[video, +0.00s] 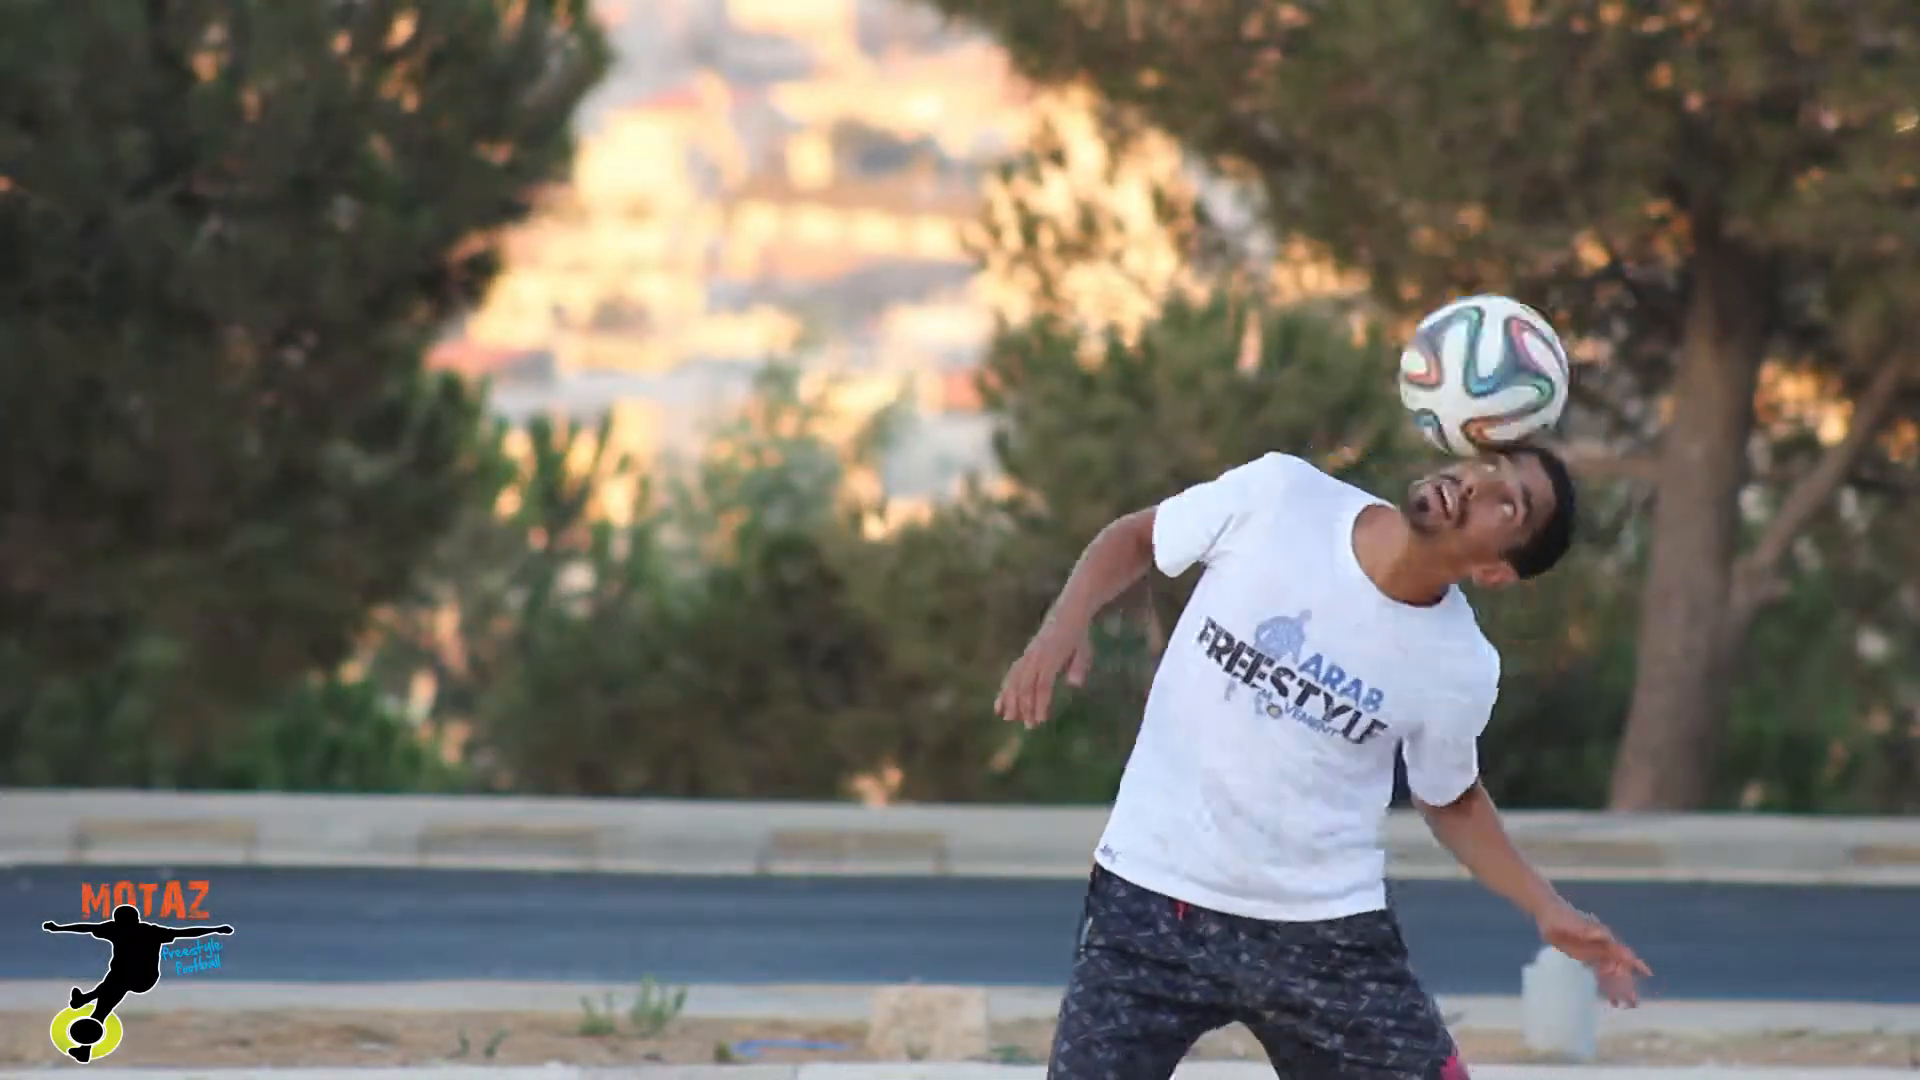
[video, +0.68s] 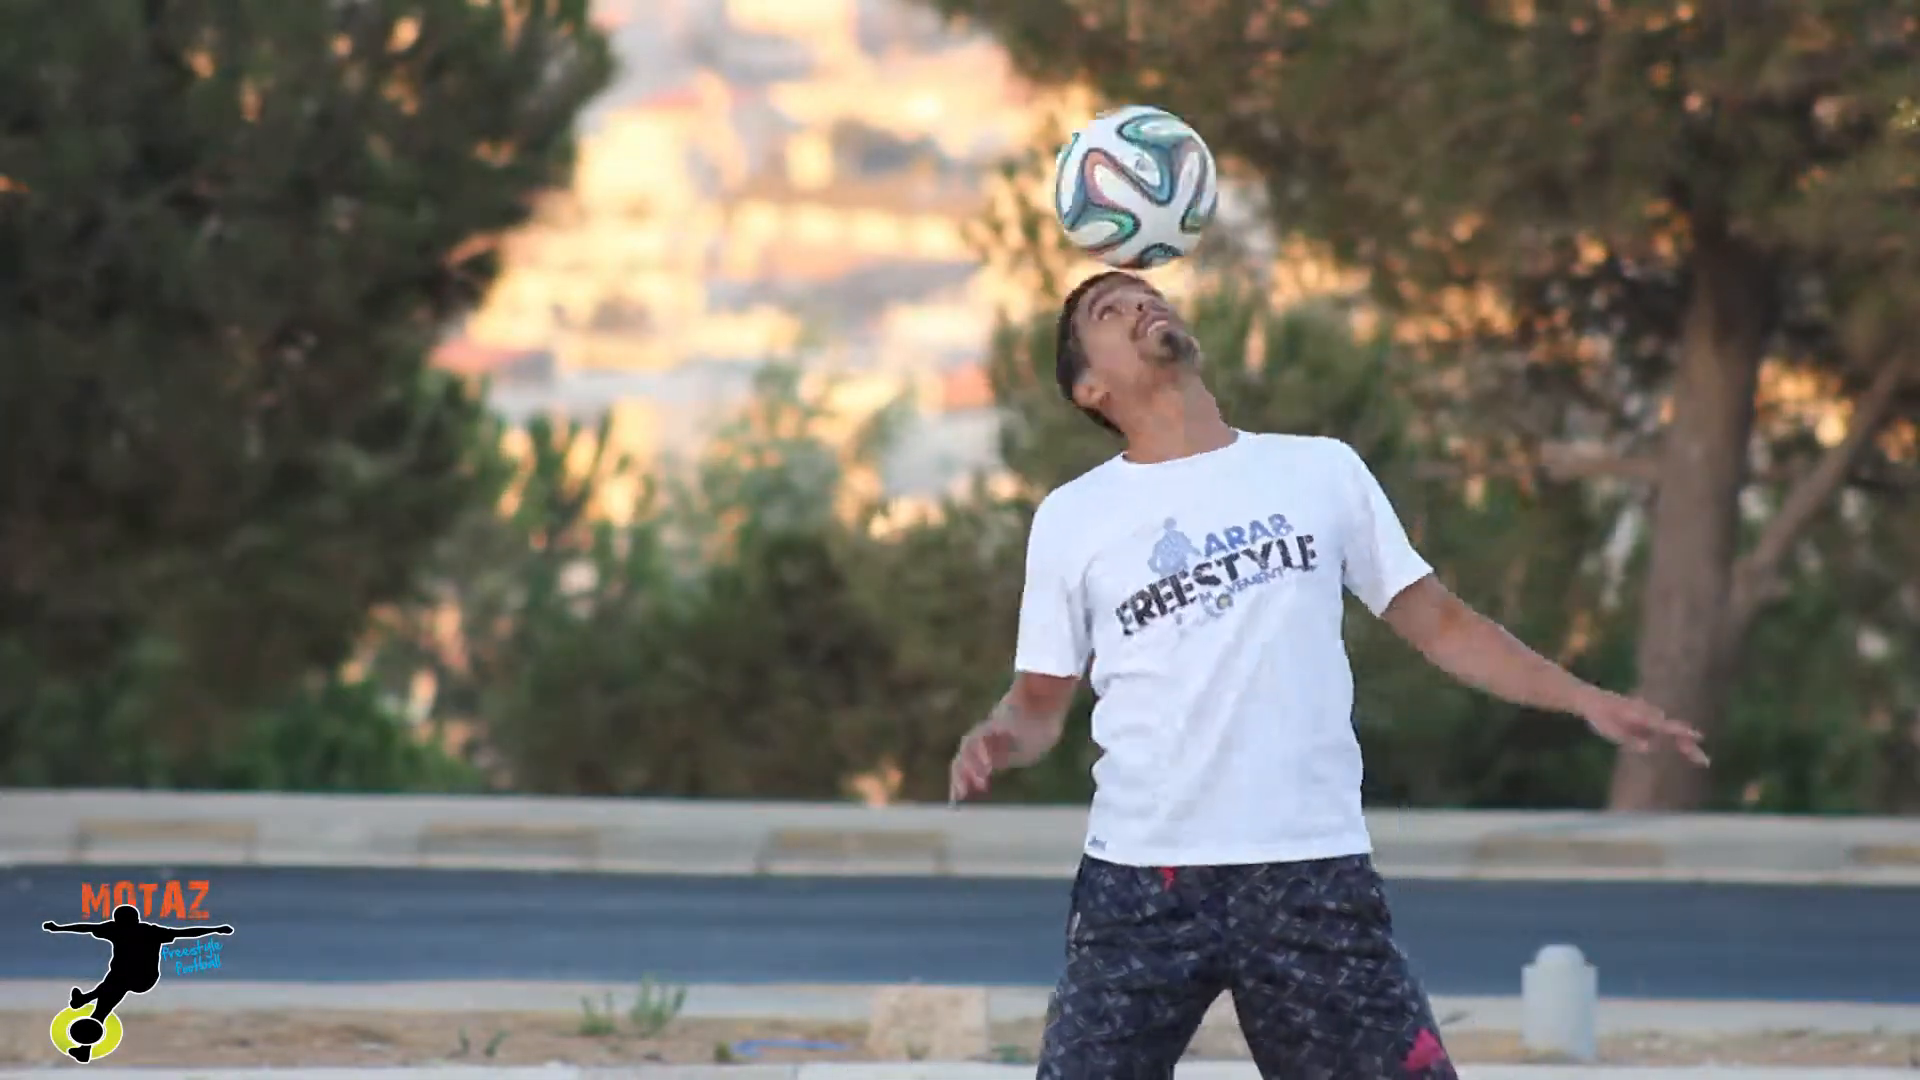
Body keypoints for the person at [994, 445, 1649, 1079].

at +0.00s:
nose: (1469, 482)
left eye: (1505, 505)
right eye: (1482, 466)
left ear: (1493, 573)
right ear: (1446, 466)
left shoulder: (1458, 668)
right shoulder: (1273, 493)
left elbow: (1453, 798)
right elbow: (1136, 538)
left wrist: (1549, 910)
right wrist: (1063, 621)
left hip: (1328, 943)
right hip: (1147, 913)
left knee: (1429, 1068)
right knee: (1085, 1068)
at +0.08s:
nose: (1420, 389)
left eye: (1458, 403)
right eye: (1425, 377)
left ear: (1465, 479)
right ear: (1386, 394)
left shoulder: (1446, 618)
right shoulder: (1235, 471)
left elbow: (1456, 777)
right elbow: (1112, 556)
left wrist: (1509, 878)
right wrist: (1049, 617)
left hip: (1328, 925)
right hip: (1156, 901)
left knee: (1437, 1068)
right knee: (1094, 1068)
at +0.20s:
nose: (1296, 316)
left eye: (1334, 311)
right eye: (1285, 307)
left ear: (1371, 381)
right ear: (1257, 355)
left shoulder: (1414, 519)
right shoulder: (1172, 481)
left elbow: (1514, 702)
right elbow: (1091, 623)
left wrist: (1455, 722)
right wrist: (1015, 668)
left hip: (1353, 914)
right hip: (1177, 904)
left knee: (1445, 1071)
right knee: (1110, 1071)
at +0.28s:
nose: (1235, 316)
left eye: (1269, 307)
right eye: (1222, 313)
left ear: (1317, 367)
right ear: (1202, 375)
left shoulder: (1389, 488)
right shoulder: (1146, 507)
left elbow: (1533, 637)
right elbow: (1098, 667)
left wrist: (1454, 646)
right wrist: (1018, 708)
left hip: (1355, 912)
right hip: (1178, 907)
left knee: (1453, 1069)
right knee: (1112, 1068)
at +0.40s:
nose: (1113, 376)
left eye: (1130, 360)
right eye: (1089, 390)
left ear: (1196, 392)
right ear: (1106, 465)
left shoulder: (1349, 479)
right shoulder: (1117, 580)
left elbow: (1539, 566)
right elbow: (1122, 758)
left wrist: (1493, 577)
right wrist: (1026, 821)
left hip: (1358, 936)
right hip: (1176, 940)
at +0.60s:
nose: (1088, 365)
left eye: (1089, 350)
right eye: (1061, 384)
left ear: (1137, 363)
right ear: (1072, 455)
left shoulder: (1318, 470)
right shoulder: (1082, 565)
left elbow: (1457, 595)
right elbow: (1087, 751)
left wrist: (1570, 640)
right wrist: (1023, 801)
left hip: (1323, 913)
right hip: (1144, 921)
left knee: (1427, 1073)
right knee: (1079, 1074)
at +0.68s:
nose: (1148, 308)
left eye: (1154, 299)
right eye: (1113, 311)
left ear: (1191, 341)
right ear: (1089, 391)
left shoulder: (1322, 470)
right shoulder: (1071, 518)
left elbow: (1444, 625)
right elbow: (1036, 699)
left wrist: (1590, 699)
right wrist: (999, 737)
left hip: (1315, 886)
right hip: (1137, 894)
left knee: (1405, 1071)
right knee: (1080, 1076)